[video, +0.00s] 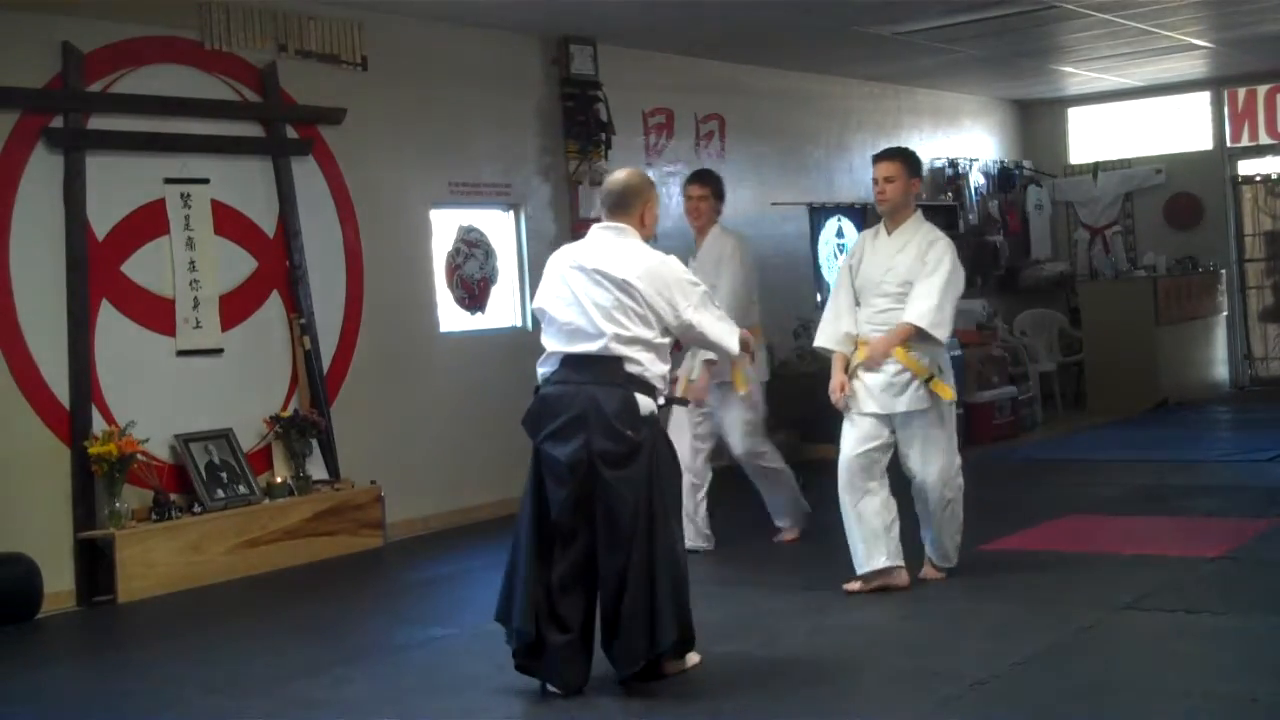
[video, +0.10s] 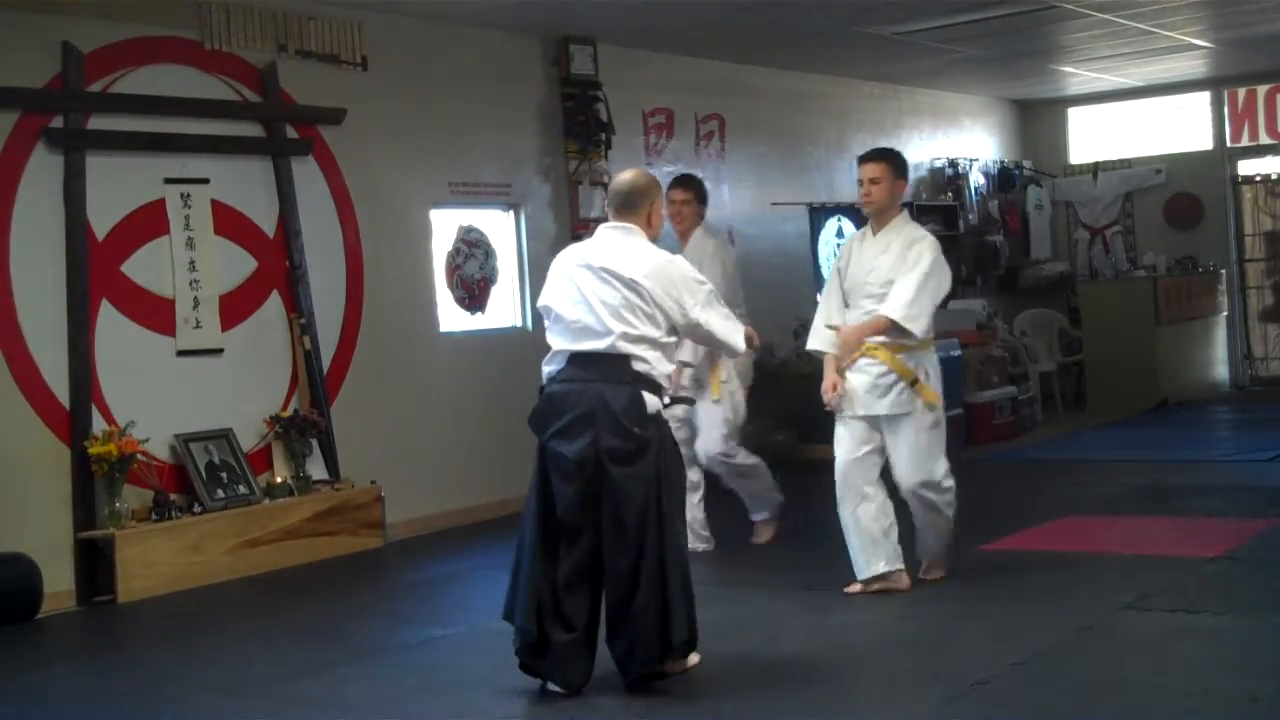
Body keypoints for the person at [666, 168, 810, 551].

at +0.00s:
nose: (694, 207)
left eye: (702, 199)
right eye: (689, 200)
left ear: (718, 204)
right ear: (683, 205)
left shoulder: (731, 246)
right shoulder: (700, 252)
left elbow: (729, 312)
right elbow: (702, 312)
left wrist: (702, 369)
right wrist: (683, 364)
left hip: (736, 360)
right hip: (700, 360)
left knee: (745, 443)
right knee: (687, 450)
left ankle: (792, 514)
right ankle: (695, 534)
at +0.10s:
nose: (678, 211)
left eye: (686, 204)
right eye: (673, 204)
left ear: (701, 208)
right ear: (666, 209)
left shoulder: (711, 249)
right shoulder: (688, 250)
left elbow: (704, 317)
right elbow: (689, 310)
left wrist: (684, 366)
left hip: (723, 356)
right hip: (685, 357)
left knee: (713, 449)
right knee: (677, 446)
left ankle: (766, 504)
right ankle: (694, 534)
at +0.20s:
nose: (662, 213)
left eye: (669, 206)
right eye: (659, 206)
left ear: (686, 210)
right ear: (656, 209)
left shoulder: (701, 246)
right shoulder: (658, 252)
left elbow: (706, 314)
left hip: (713, 352)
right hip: (676, 354)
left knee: (697, 439)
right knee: (681, 442)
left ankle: (727, 522)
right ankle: (693, 529)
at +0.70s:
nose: (640, 204)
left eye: (649, 197)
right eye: (635, 195)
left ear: (662, 204)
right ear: (625, 199)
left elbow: (685, 305)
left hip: (670, 357)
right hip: (625, 356)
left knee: (664, 458)